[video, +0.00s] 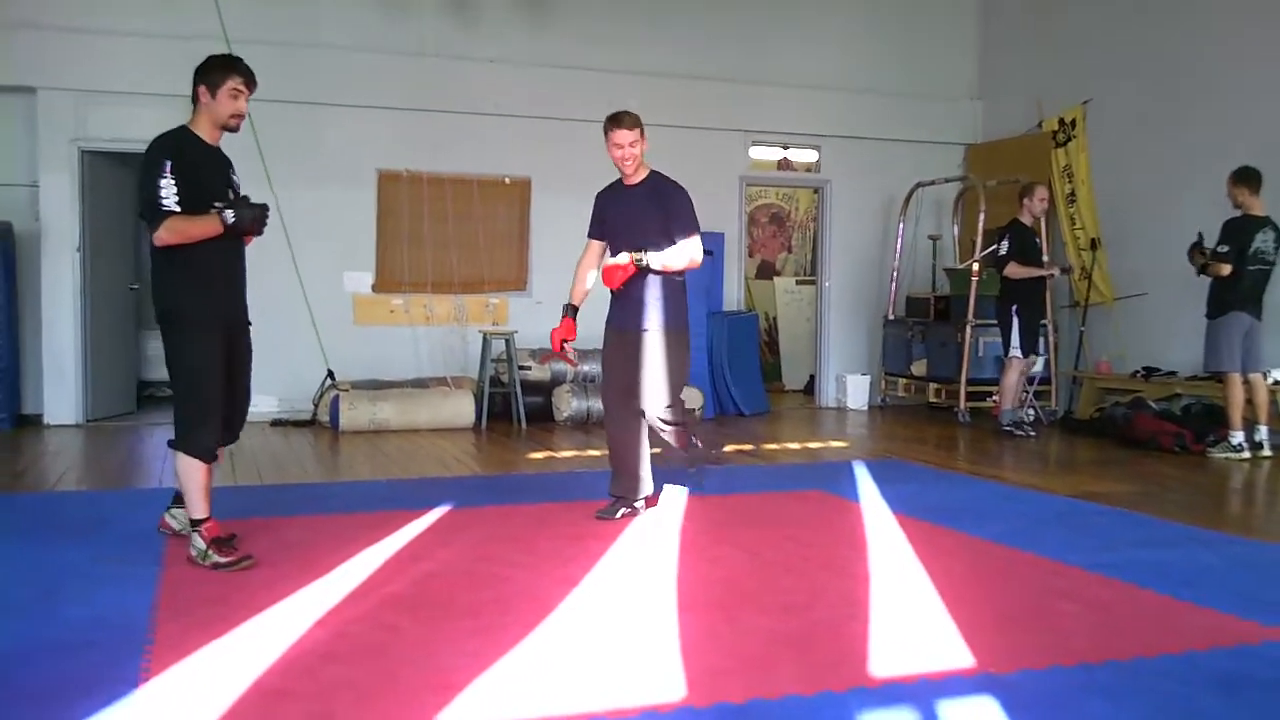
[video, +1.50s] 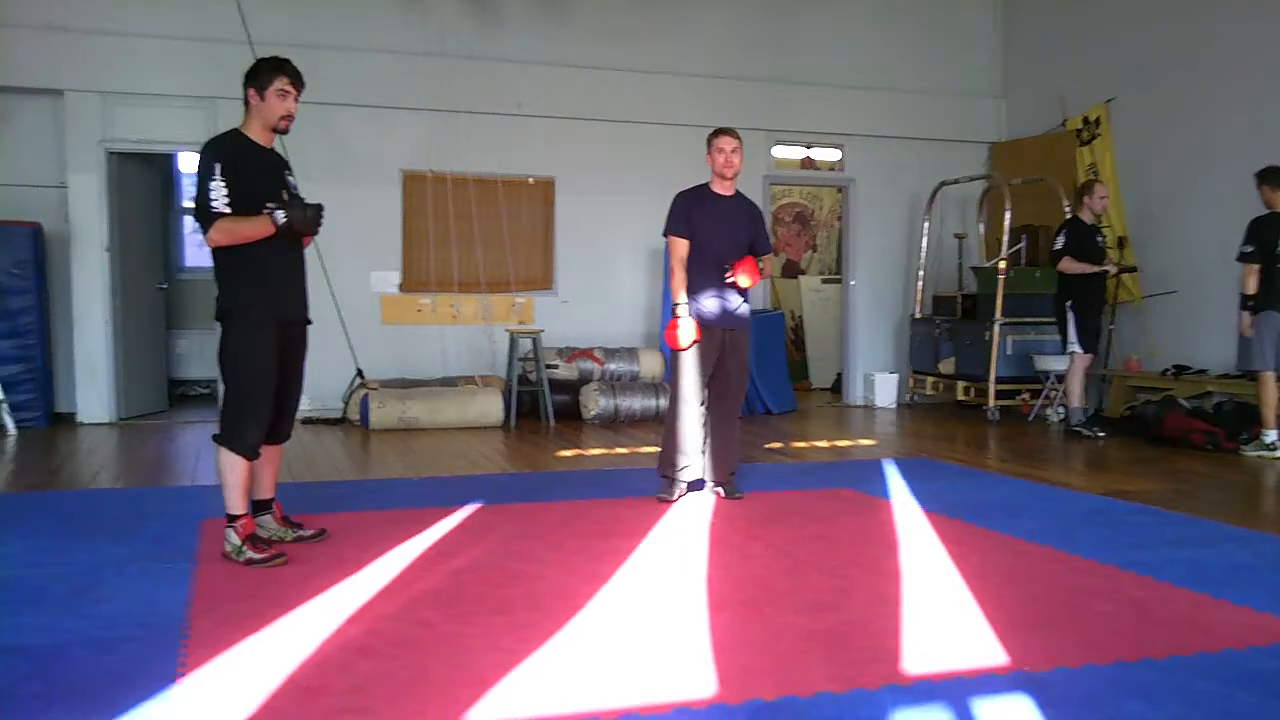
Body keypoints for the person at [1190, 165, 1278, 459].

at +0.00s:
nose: (1229, 196)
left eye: (1231, 191)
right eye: (1229, 191)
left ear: (1242, 191)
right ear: (1255, 190)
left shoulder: (1235, 226)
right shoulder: (1271, 228)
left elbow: (1223, 269)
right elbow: (1252, 267)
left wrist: (1201, 263)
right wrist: (1210, 257)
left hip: (1229, 308)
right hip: (1254, 309)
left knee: (1232, 375)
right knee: (1255, 373)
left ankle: (1236, 440)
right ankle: (1262, 438)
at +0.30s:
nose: (1255, 198)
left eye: (1258, 193)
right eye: (1255, 193)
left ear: (1271, 193)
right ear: (1275, 193)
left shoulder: (1263, 227)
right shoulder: (1275, 225)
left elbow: (1252, 271)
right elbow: (1263, 267)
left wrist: (1224, 273)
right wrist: (1232, 266)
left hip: (1259, 312)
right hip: (1275, 310)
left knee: (1258, 378)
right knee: (1271, 378)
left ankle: (1263, 442)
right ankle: (1266, 439)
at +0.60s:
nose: (1237, 191)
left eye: (1239, 186)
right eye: (1238, 186)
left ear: (1251, 187)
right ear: (1264, 187)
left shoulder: (1244, 220)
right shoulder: (1276, 219)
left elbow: (1238, 264)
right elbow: (1264, 261)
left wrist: (1205, 263)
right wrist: (1227, 253)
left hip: (1242, 305)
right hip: (1269, 305)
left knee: (1243, 371)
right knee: (1268, 370)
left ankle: (1248, 437)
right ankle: (1274, 434)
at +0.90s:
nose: (1249, 192)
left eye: (1252, 187)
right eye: (1250, 187)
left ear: (1265, 188)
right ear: (1273, 188)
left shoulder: (1256, 225)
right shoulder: (1275, 222)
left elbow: (1226, 263)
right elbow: (1251, 258)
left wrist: (1216, 251)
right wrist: (1226, 253)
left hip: (1254, 307)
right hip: (1276, 305)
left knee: (1253, 374)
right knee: (1274, 374)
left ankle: (1258, 440)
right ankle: (1276, 434)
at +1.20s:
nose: (1269, 196)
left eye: (1270, 190)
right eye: (1269, 190)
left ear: (1274, 192)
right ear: (1275, 191)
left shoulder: (1269, 227)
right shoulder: (1269, 226)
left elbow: (1244, 260)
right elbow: (1247, 263)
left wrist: (1221, 251)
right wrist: (1223, 252)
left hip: (1268, 311)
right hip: (1268, 310)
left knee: (1269, 376)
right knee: (1269, 376)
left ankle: (1272, 441)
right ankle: (1271, 440)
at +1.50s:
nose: (1261, 196)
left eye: (1261, 190)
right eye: (1260, 190)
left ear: (1268, 190)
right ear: (1275, 189)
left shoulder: (1262, 225)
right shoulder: (1262, 225)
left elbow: (1252, 270)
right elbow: (1252, 270)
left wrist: (1247, 308)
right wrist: (1249, 308)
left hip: (1269, 308)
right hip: (1269, 308)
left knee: (1267, 371)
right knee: (1267, 371)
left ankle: (1270, 436)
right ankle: (1270, 435)